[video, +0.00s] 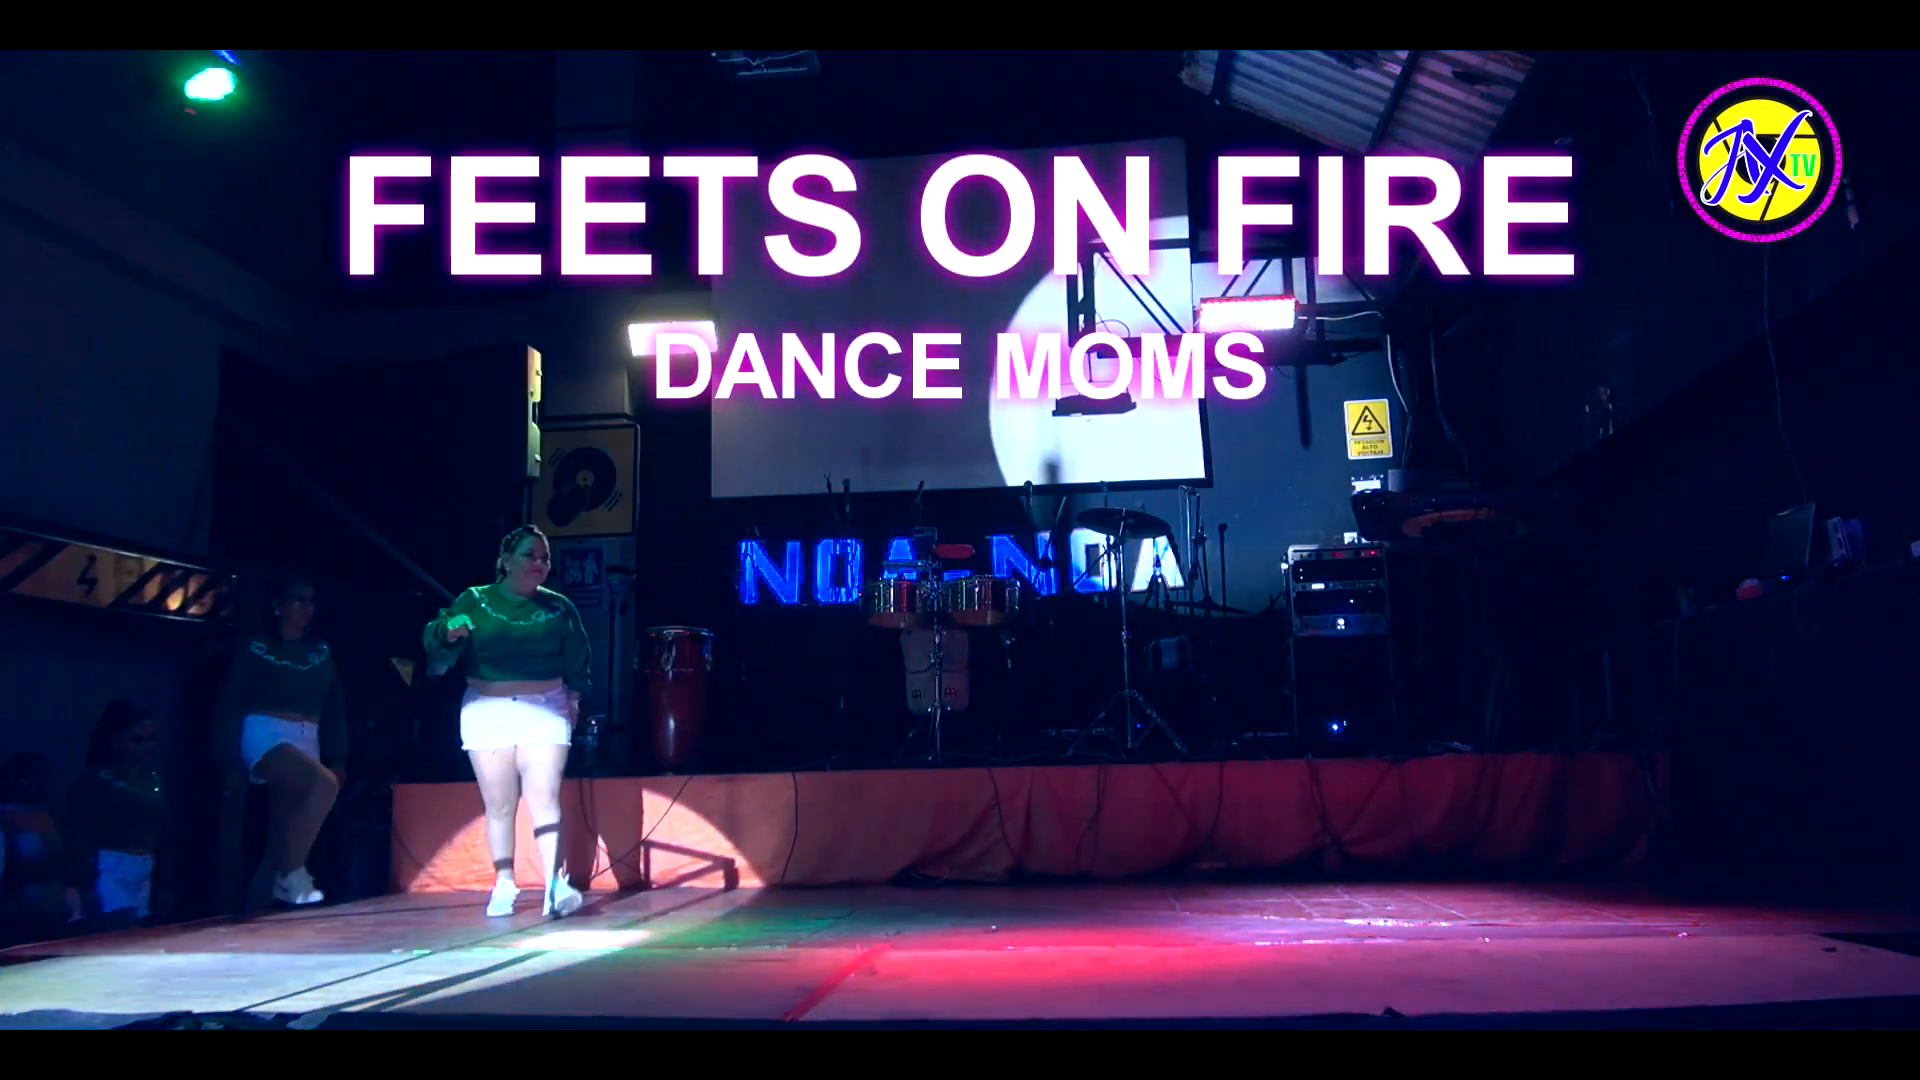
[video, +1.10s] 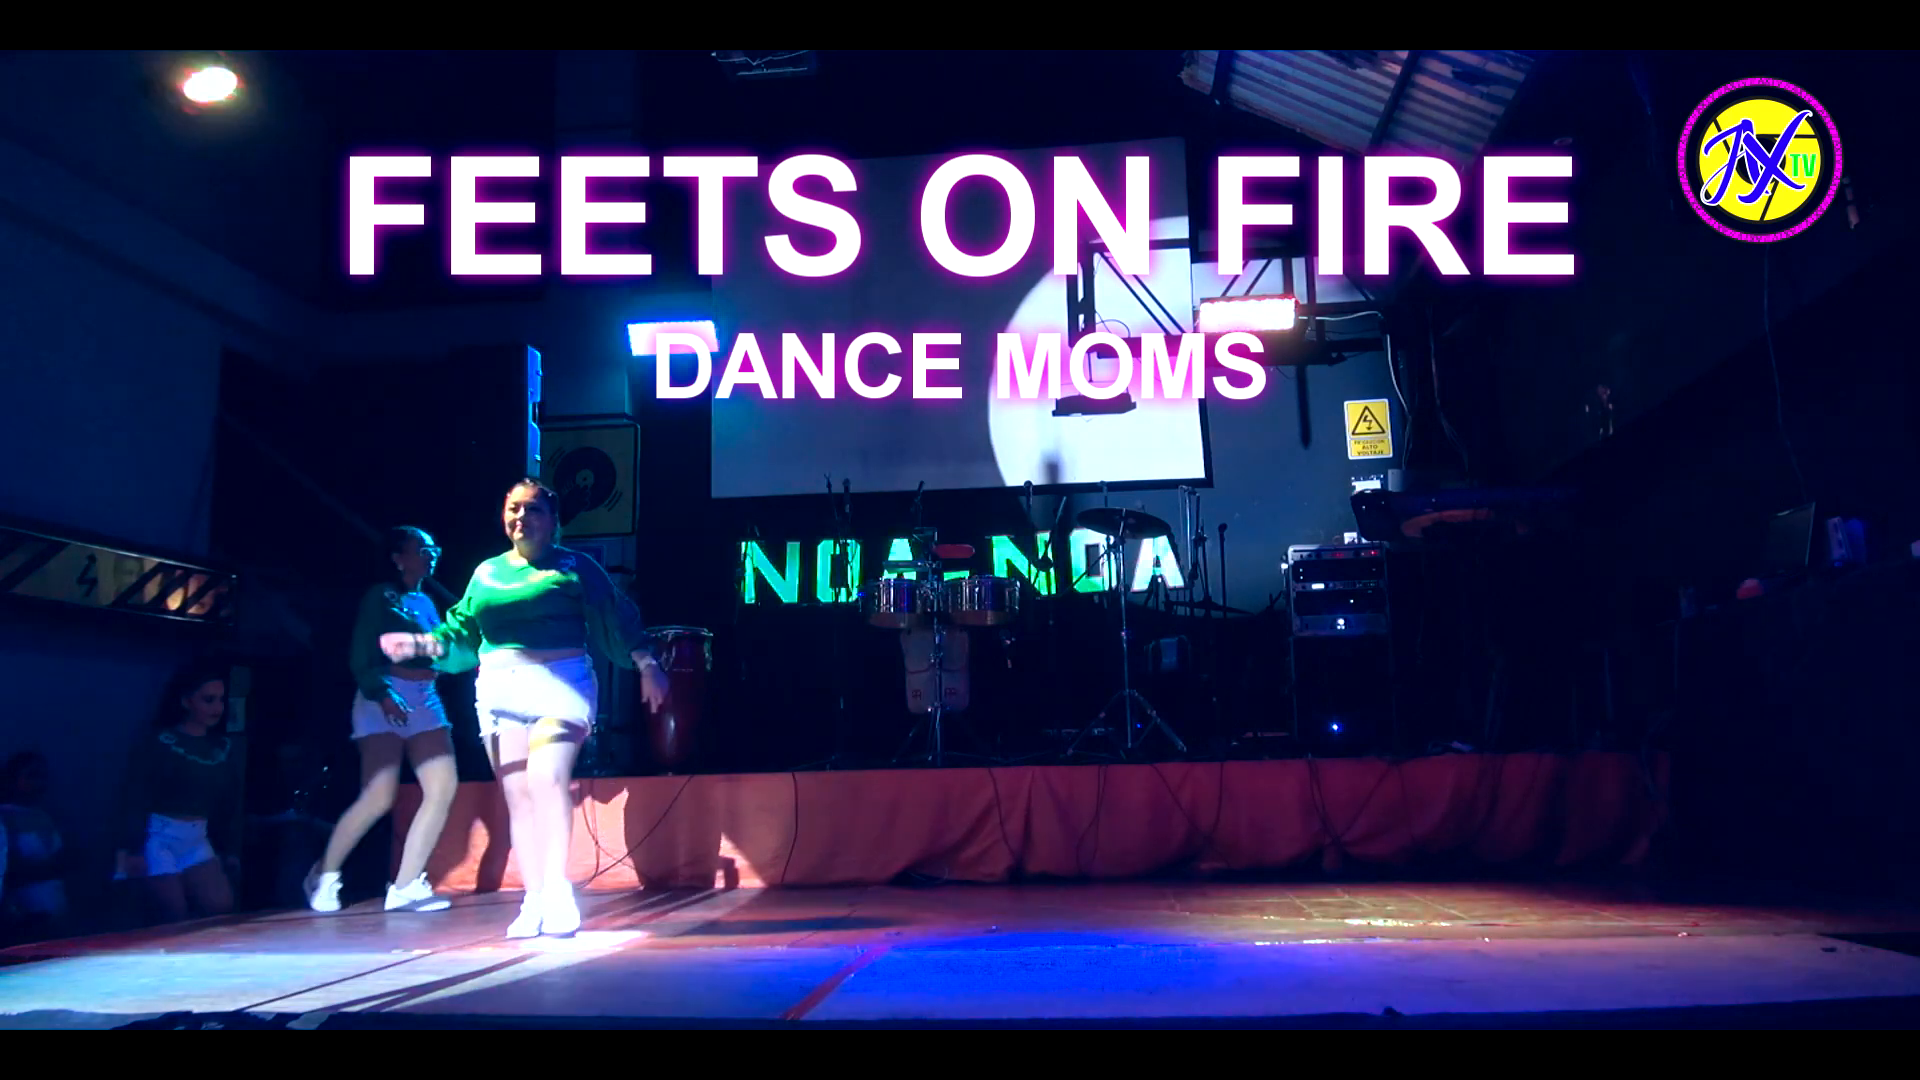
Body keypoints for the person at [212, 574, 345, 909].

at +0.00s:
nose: (305, 610)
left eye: (309, 603)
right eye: (298, 602)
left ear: (313, 610)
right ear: (280, 606)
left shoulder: (320, 653)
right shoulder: (257, 647)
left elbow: (333, 710)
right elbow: (235, 699)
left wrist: (335, 758)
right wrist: (229, 750)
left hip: (308, 734)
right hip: (265, 730)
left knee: (288, 817)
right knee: (323, 783)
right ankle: (293, 873)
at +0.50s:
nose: (348, 577)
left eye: (353, 571)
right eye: (340, 571)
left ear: (360, 577)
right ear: (322, 577)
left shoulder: (365, 625)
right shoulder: (298, 617)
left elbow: (379, 682)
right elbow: (272, 676)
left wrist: (385, 730)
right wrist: (266, 735)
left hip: (343, 716)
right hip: (300, 707)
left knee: (330, 808)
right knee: (332, 795)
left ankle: (276, 897)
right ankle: (315, 887)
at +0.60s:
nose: (358, 565)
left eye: (363, 559)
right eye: (349, 559)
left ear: (369, 568)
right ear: (331, 566)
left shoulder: (372, 614)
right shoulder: (307, 604)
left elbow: (384, 670)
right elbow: (282, 663)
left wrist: (392, 716)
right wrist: (276, 722)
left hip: (353, 704)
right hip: (309, 695)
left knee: (359, 799)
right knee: (329, 789)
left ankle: (283, 867)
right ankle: (314, 886)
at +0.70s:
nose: (370, 558)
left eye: (374, 552)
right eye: (362, 552)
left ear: (379, 560)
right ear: (342, 558)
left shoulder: (380, 606)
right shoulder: (318, 598)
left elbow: (389, 665)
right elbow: (295, 657)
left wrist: (394, 711)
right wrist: (292, 713)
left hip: (364, 694)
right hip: (322, 688)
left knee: (378, 787)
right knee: (329, 789)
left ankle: (308, 841)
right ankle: (315, 885)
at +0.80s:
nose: (381, 552)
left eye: (385, 546)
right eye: (373, 545)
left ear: (391, 554)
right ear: (353, 551)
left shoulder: (388, 597)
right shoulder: (331, 591)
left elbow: (394, 655)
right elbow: (310, 646)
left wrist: (395, 702)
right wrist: (313, 701)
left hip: (375, 685)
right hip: (334, 681)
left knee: (398, 774)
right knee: (329, 787)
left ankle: (346, 853)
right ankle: (314, 884)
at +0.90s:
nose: (397, 550)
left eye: (400, 544)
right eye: (388, 543)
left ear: (403, 554)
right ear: (366, 551)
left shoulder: (401, 598)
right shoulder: (349, 592)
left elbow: (403, 655)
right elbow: (325, 648)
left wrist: (401, 699)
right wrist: (343, 694)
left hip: (387, 689)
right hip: (344, 686)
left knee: (416, 773)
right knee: (328, 789)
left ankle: (384, 873)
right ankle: (315, 885)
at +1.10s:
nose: (432, 553)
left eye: (433, 548)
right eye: (423, 548)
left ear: (431, 558)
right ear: (399, 557)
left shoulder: (432, 601)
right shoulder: (381, 596)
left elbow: (457, 642)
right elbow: (361, 655)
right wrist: (381, 694)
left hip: (424, 696)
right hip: (380, 696)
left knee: (442, 786)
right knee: (379, 794)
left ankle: (406, 886)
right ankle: (326, 877)